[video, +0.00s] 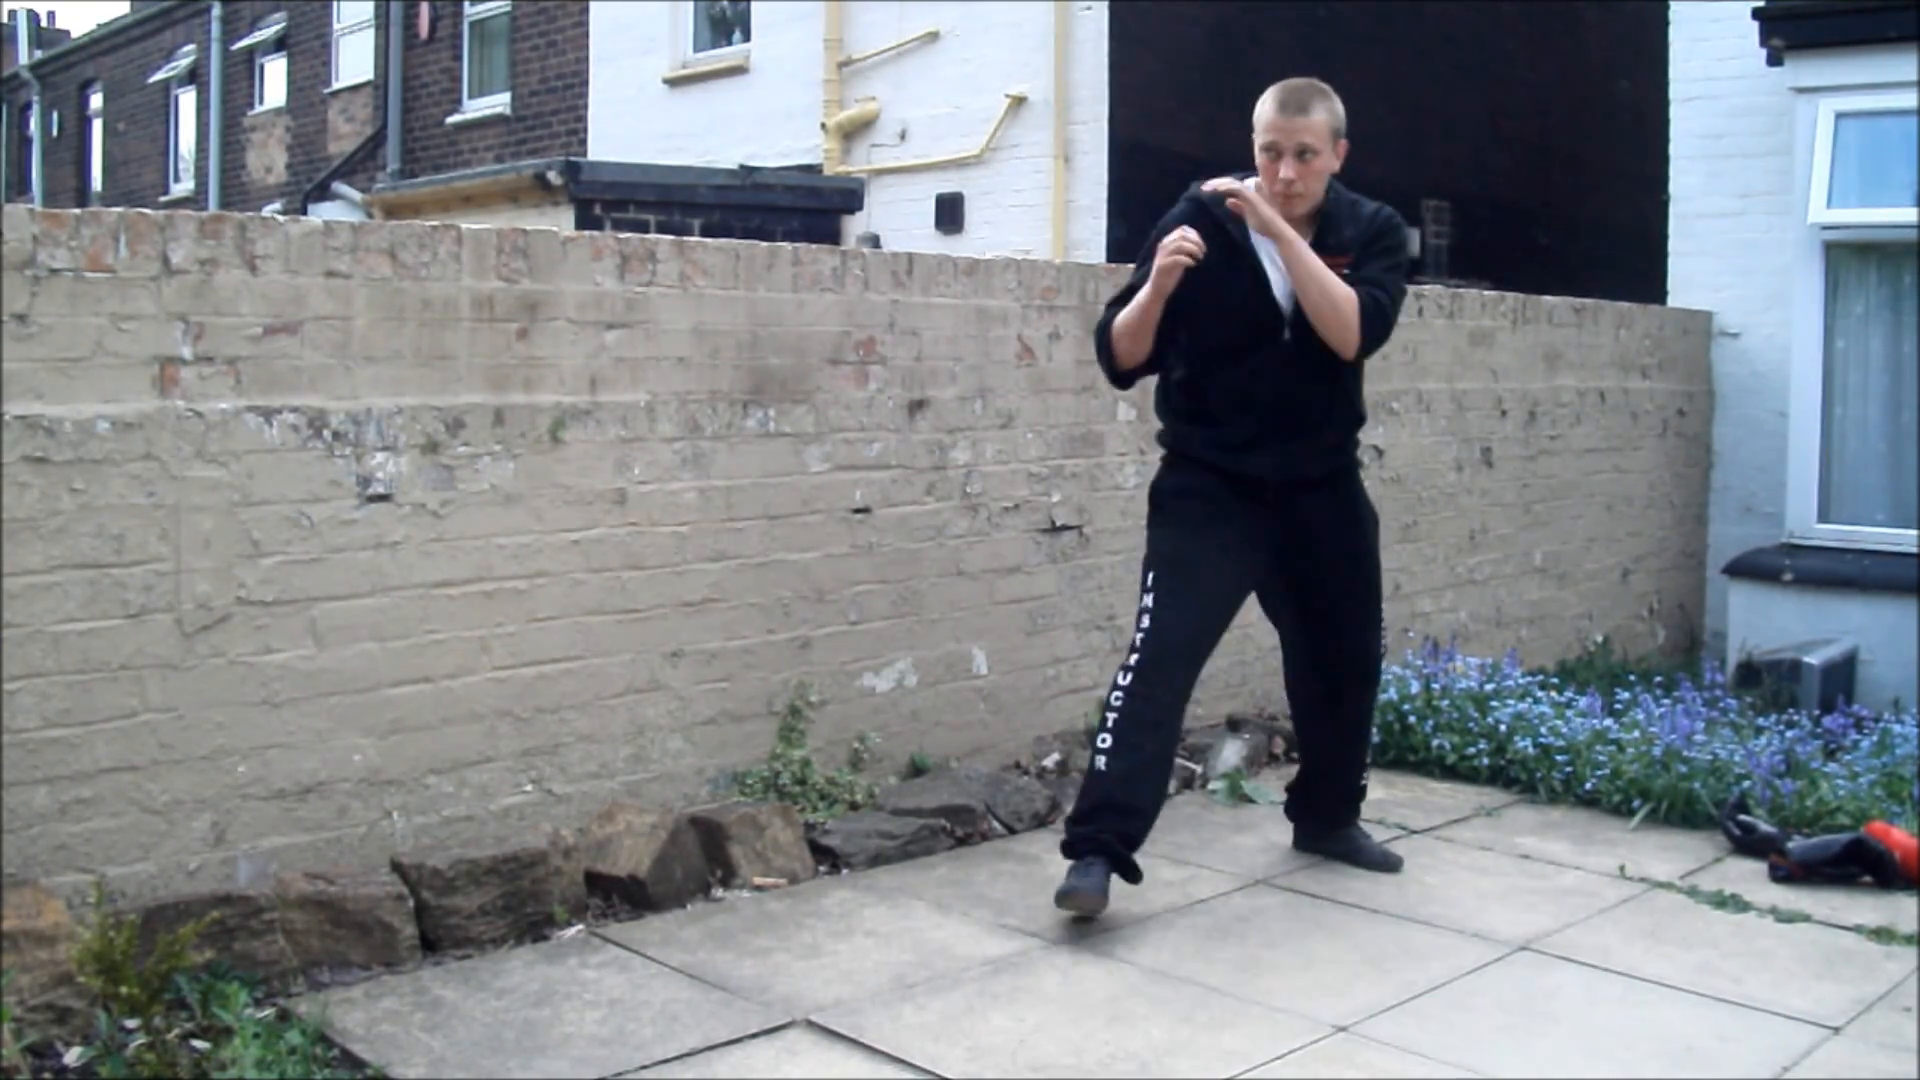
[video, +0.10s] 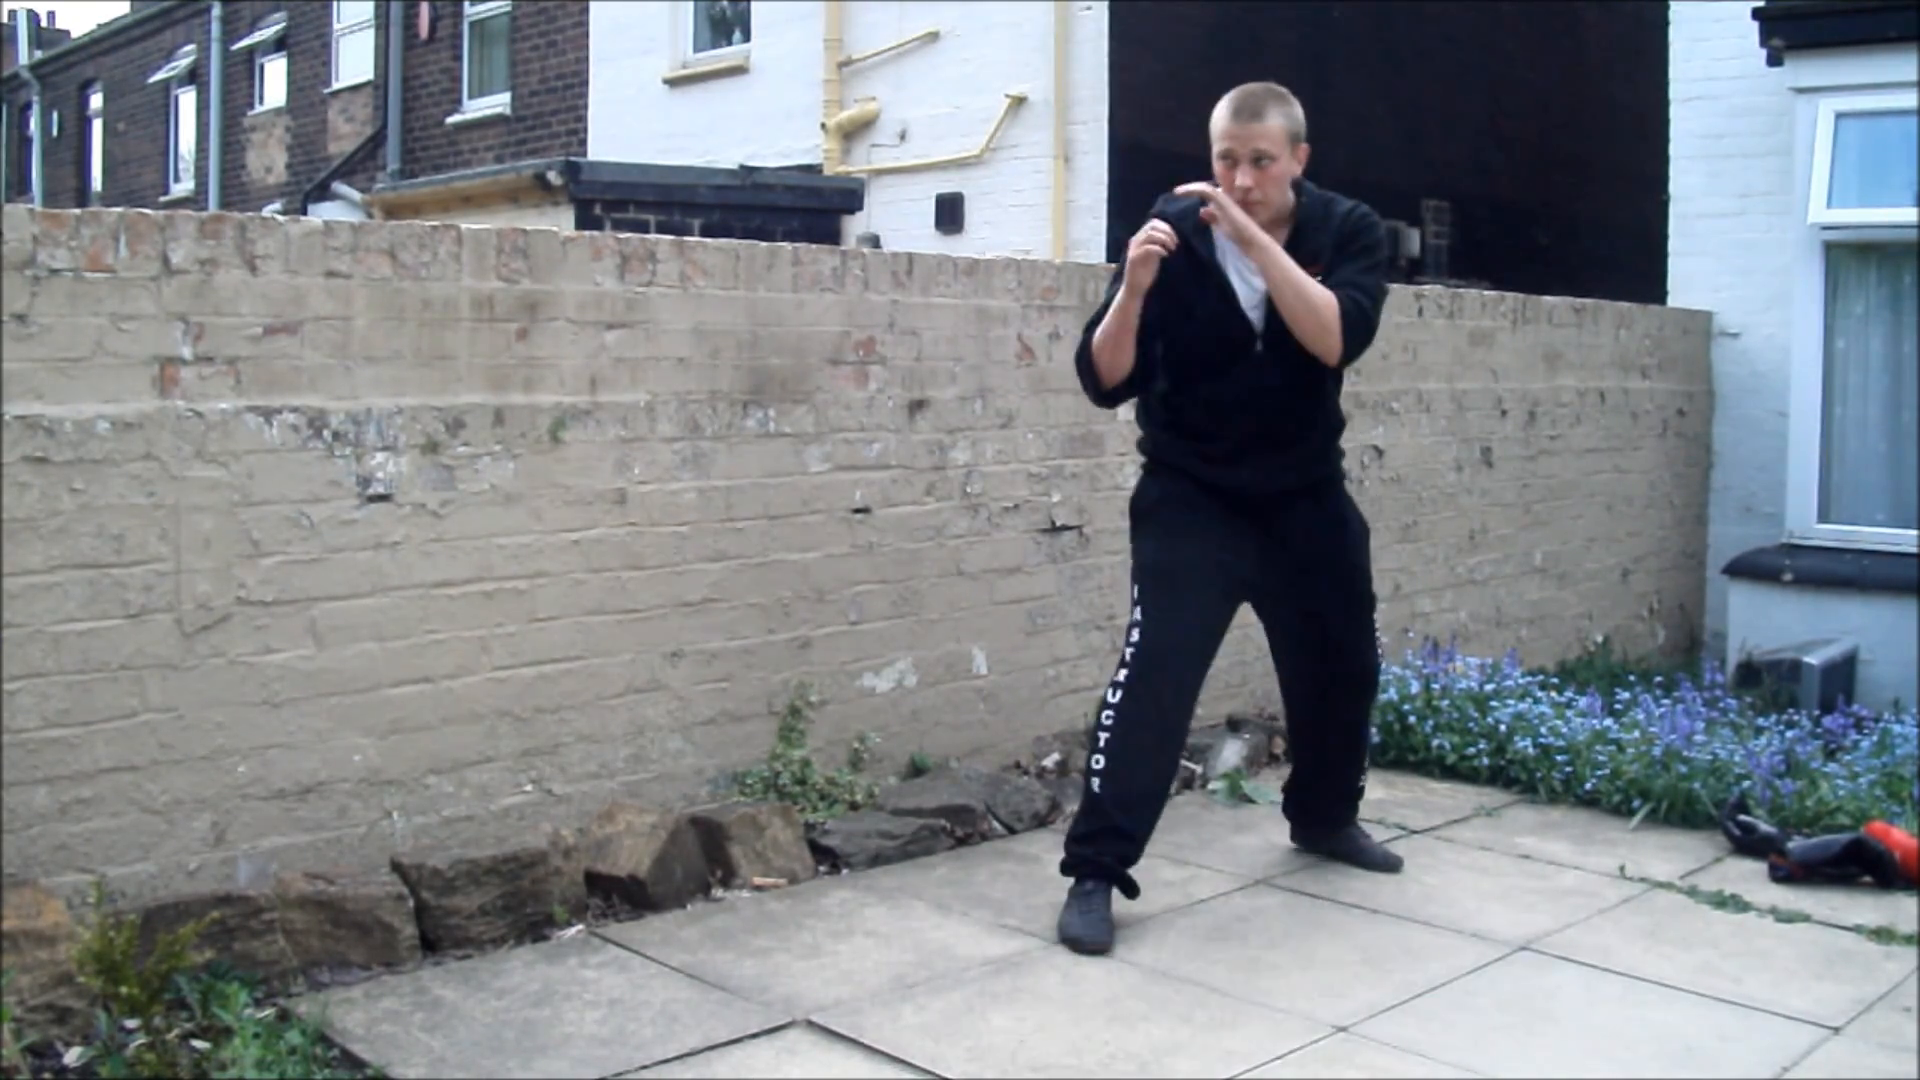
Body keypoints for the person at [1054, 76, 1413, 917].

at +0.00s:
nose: (1283, 170)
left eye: (1302, 155)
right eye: (1270, 153)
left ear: (1338, 154)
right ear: (1252, 147)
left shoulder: (1372, 229)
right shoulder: (1201, 215)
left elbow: (1357, 335)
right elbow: (1122, 362)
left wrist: (1281, 235)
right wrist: (1156, 287)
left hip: (1321, 493)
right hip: (1206, 489)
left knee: (1344, 661)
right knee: (1159, 660)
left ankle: (1326, 818)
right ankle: (1095, 854)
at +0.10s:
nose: (1239, 178)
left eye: (1259, 161)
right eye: (1227, 161)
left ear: (1300, 161)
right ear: (1208, 161)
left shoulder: (1346, 232)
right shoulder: (1171, 230)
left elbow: (1340, 341)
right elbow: (1105, 384)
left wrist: (1253, 239)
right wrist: (1131, 294)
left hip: (1306, 505)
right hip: (1188, 502)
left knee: (1342, 673)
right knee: (1154, 678)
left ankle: (1324, 820)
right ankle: (1094, 875)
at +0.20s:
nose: (1200, 175)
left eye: (1218, 157)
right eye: (1187, 156)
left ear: (1263, 153)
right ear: (1173, 153)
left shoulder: (1328, 226)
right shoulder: (1149, 225)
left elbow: (1328, 370)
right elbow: (1109, 388)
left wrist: (1237, 271)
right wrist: (1123, 292)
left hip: (1294, 499)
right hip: (1174, 496)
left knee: (1343, 671)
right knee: (1145, 674)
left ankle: (1318, 816)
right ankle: (1093, 876)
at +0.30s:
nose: (1202, 139)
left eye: (1220, 123)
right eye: (1189, 123)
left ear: (1267, 125)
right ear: (1177, 124)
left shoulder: (1329, 207)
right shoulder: (1147, 204)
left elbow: (1323, 355)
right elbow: (1113, 372)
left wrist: (1241, 242)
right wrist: (1129, 287)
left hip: (1300, 486)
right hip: (1179, 485)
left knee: (1337, 669)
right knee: (1147, 672)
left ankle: (1311, 827)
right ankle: (1093, 874)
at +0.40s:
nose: (1234, 129)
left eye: (1254, 114)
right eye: (1223, 112)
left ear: (1296, 120)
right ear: (1206, 117)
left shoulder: (1344, 203)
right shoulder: (1161, 202)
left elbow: (1337, 319)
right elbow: (1108, 369)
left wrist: (1262, 215)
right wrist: (1140, 296)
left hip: (1305, 487)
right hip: (1186, 483)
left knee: (1334, 668)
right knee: (1151, 658)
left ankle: (1311, 836)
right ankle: (1093, 873)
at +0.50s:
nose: (1256, 124)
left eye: (1276, 108)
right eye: (1245, 106)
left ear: (1314, 117)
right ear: (1226, 110)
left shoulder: (1359, 208)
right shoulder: (1174, 206)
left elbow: (1357, 318)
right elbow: (1117, 365)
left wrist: (1281, 207)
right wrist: (1145, 324)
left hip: (1303, 491)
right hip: (1182, 485)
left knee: (1329, 670)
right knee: (1142, 660)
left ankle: (1311, 837)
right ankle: (1080, 862)